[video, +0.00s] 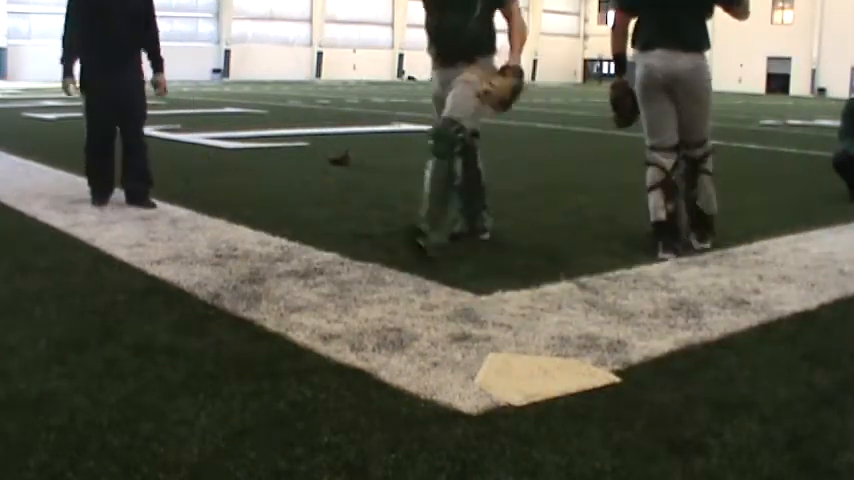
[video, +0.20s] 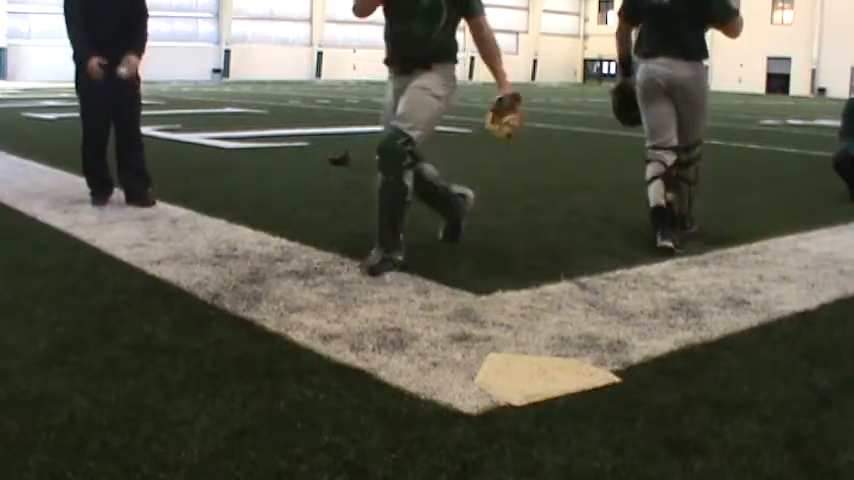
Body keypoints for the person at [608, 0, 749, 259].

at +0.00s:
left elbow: (619, 24)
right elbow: (741, 11)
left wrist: (620, 75)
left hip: (649, 62)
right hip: (691, 63)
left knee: (659, 152)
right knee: (698, 151)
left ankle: (664, 239)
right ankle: (702, 233)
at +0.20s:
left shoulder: (641, 2)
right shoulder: (705, 2)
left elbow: (622, 30)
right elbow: (733, 30)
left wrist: (625, 76)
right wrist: (733, 8)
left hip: (650, 65)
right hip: (689, 67)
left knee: (659, 149)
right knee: (689, 151)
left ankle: (661, 227)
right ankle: (684, 218)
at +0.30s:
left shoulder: (641, 1)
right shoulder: (705, 1)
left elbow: (625, 28)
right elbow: (717, 31)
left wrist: (628, 66)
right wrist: (732, 45)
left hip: (652, 66)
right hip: (689, 65)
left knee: (653, 148)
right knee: (688, 148)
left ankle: (655, 193)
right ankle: (684, 213)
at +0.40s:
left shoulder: (638, 1)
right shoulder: (700, 2)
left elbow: (624, 26)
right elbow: (707, 35)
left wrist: (630, 64)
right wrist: (719, 65)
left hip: (651, 63)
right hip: (686, 62)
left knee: (652, 144)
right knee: (687, 146)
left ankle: (645, 187)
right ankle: (681, 218)